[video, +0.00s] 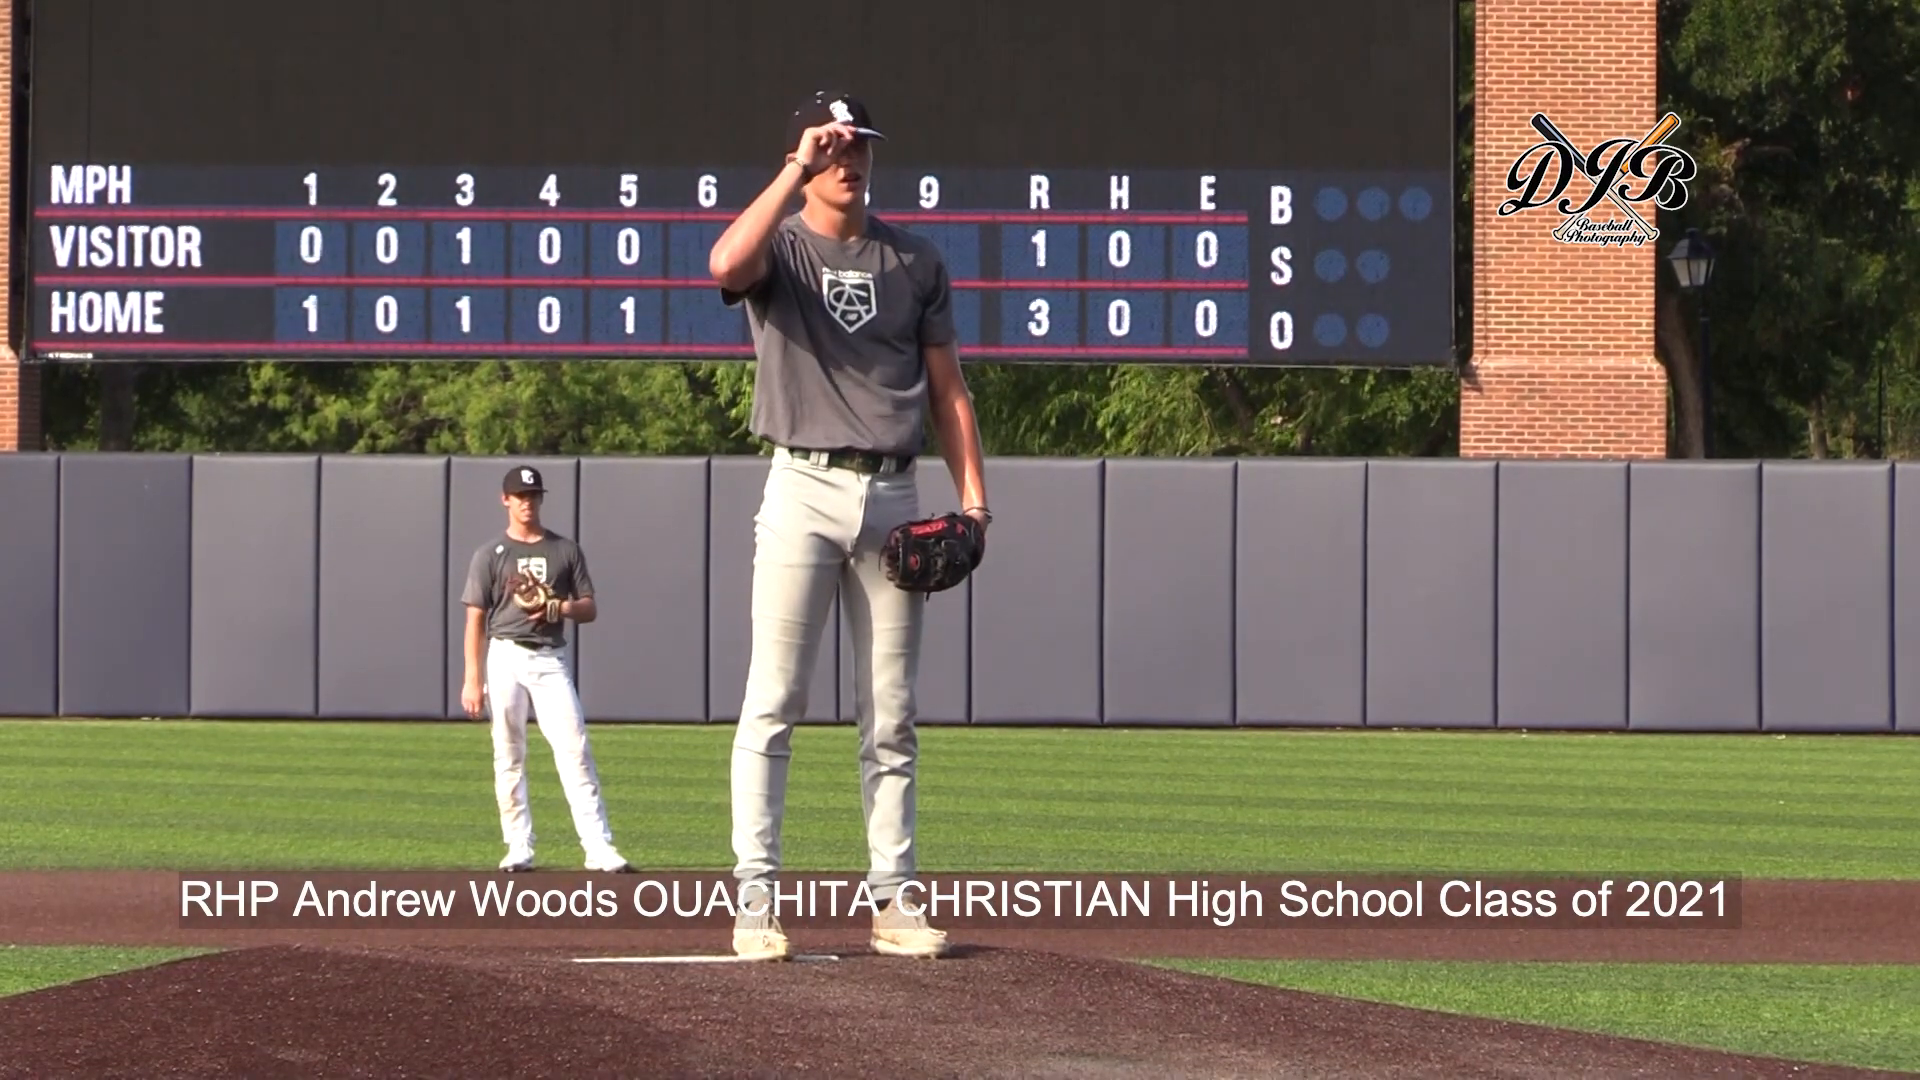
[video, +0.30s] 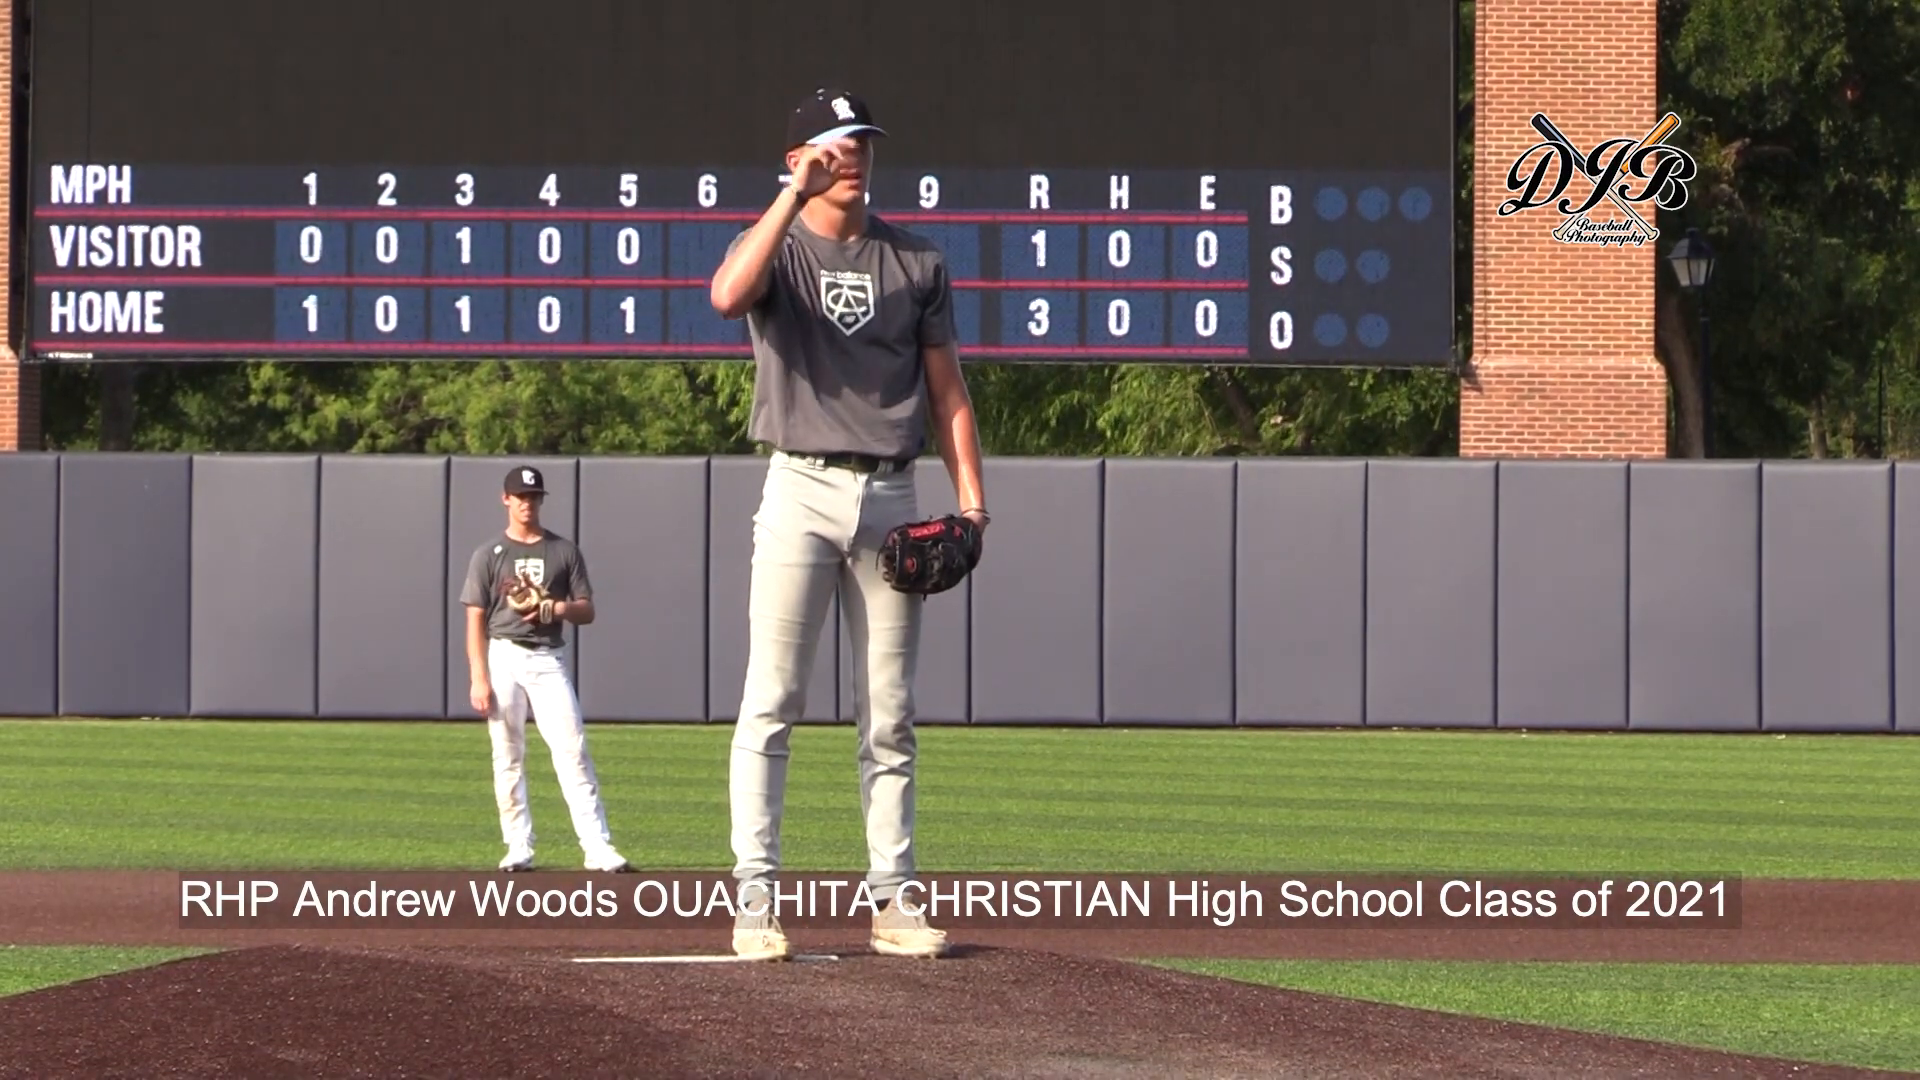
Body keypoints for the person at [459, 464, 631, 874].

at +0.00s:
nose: (528, 504)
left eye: (533, 497)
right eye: (520, 497)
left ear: (541, 500)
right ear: (506, 501)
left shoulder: (567, 550)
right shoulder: (489, 556)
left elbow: (588, 609)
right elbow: (475, 622)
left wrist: (559, 606)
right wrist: (472, 679)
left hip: (550, 659)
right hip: (504, 657)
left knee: (576, 749)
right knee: (508, 757)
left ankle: (600, 851)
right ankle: (518, 851)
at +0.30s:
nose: (528, 505)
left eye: (533, 498)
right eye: (521, 498)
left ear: (542, 500)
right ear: (506, 501)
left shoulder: (565, 551)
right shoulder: (487, 555)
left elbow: (586, 611)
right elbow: (475, 621)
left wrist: (556, 606)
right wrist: (478, 678)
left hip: (549, 658)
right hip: (502, 657)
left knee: (573, 750)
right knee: (507, 758)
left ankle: (599, 851)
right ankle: (518, 851)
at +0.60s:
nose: (526, 504)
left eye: (532, 497)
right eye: (519, 497)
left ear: (541, 500)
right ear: (505, 500)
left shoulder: (564, 551)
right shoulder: (487, 555)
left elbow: (586, 611)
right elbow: (474, 620)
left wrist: (556, 606)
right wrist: (477, 677)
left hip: (547, 657)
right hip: (500, 656)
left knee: (571, 749)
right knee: (507, 757)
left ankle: (597, 850)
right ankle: (518, 850)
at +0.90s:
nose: (526, 504)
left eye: (532, 498)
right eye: (519, 498)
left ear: (541, 501)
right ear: (505, 501)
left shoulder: (564, 551)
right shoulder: (486, 556)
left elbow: (586, 611)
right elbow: (474, 622)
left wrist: (555, 606)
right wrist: (474, 679)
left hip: (548, 658)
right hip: (501, 657)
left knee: (571, 750)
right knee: (507, 757)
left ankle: (596, 850)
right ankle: (518, 850)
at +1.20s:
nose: (527, 504)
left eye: (533, 497)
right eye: (519, 497)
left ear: (541, 501)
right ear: (505, 501)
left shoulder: (565, 551)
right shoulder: (486, 556)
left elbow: (588, 609)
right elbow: (474, 623)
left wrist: (553, 608)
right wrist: (476, 680)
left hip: (548, 657)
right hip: (501, 656)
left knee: (571, 750)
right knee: (507, 755)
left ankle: (596, 850)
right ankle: (518, 849)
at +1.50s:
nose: (528, 503)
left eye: (534, 497)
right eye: (521, 497)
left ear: (543, 500)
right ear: (506, 500)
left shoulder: (566, 550)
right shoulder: (487, 555)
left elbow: (589, 609)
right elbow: (476, 621)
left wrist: (557, 607)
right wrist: (479, 680)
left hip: (549, 657)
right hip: (502, 655)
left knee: (572, 750)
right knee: (508, 756)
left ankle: (596, 850)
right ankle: (519, 849)